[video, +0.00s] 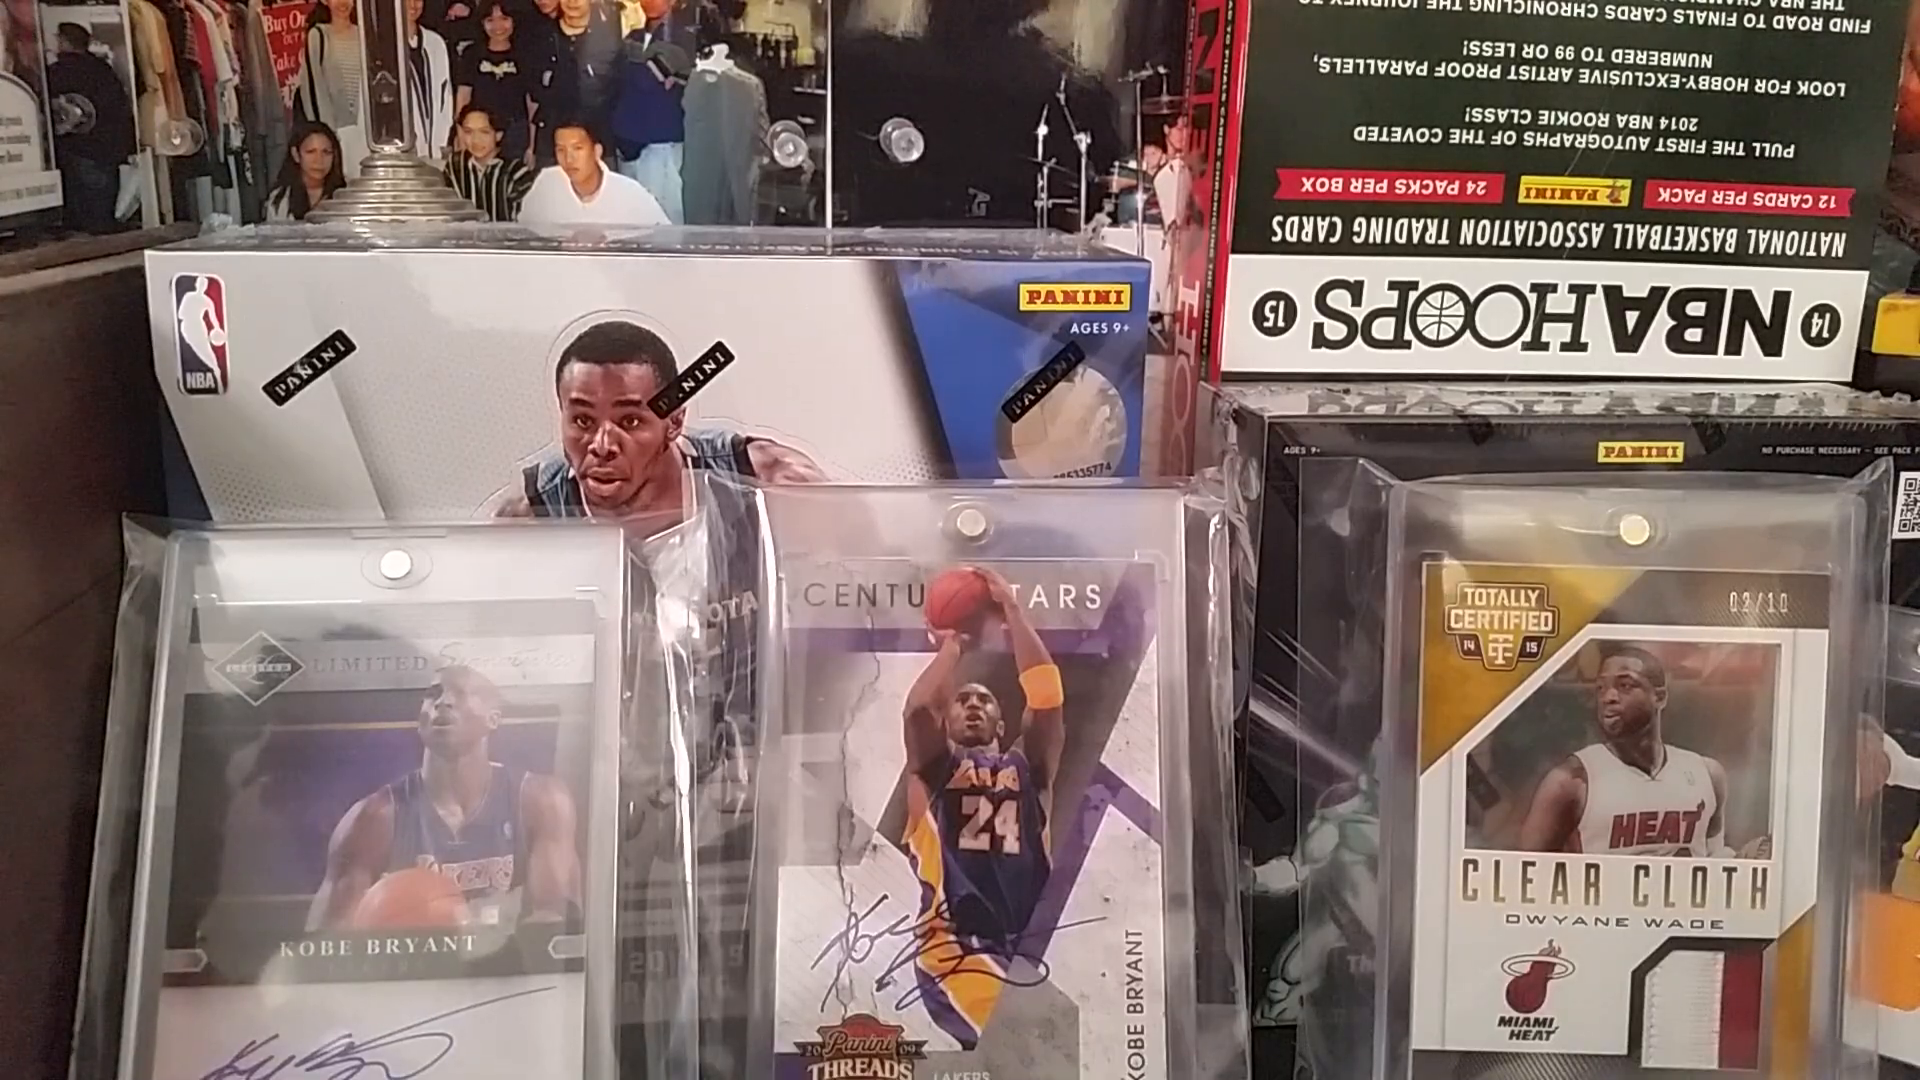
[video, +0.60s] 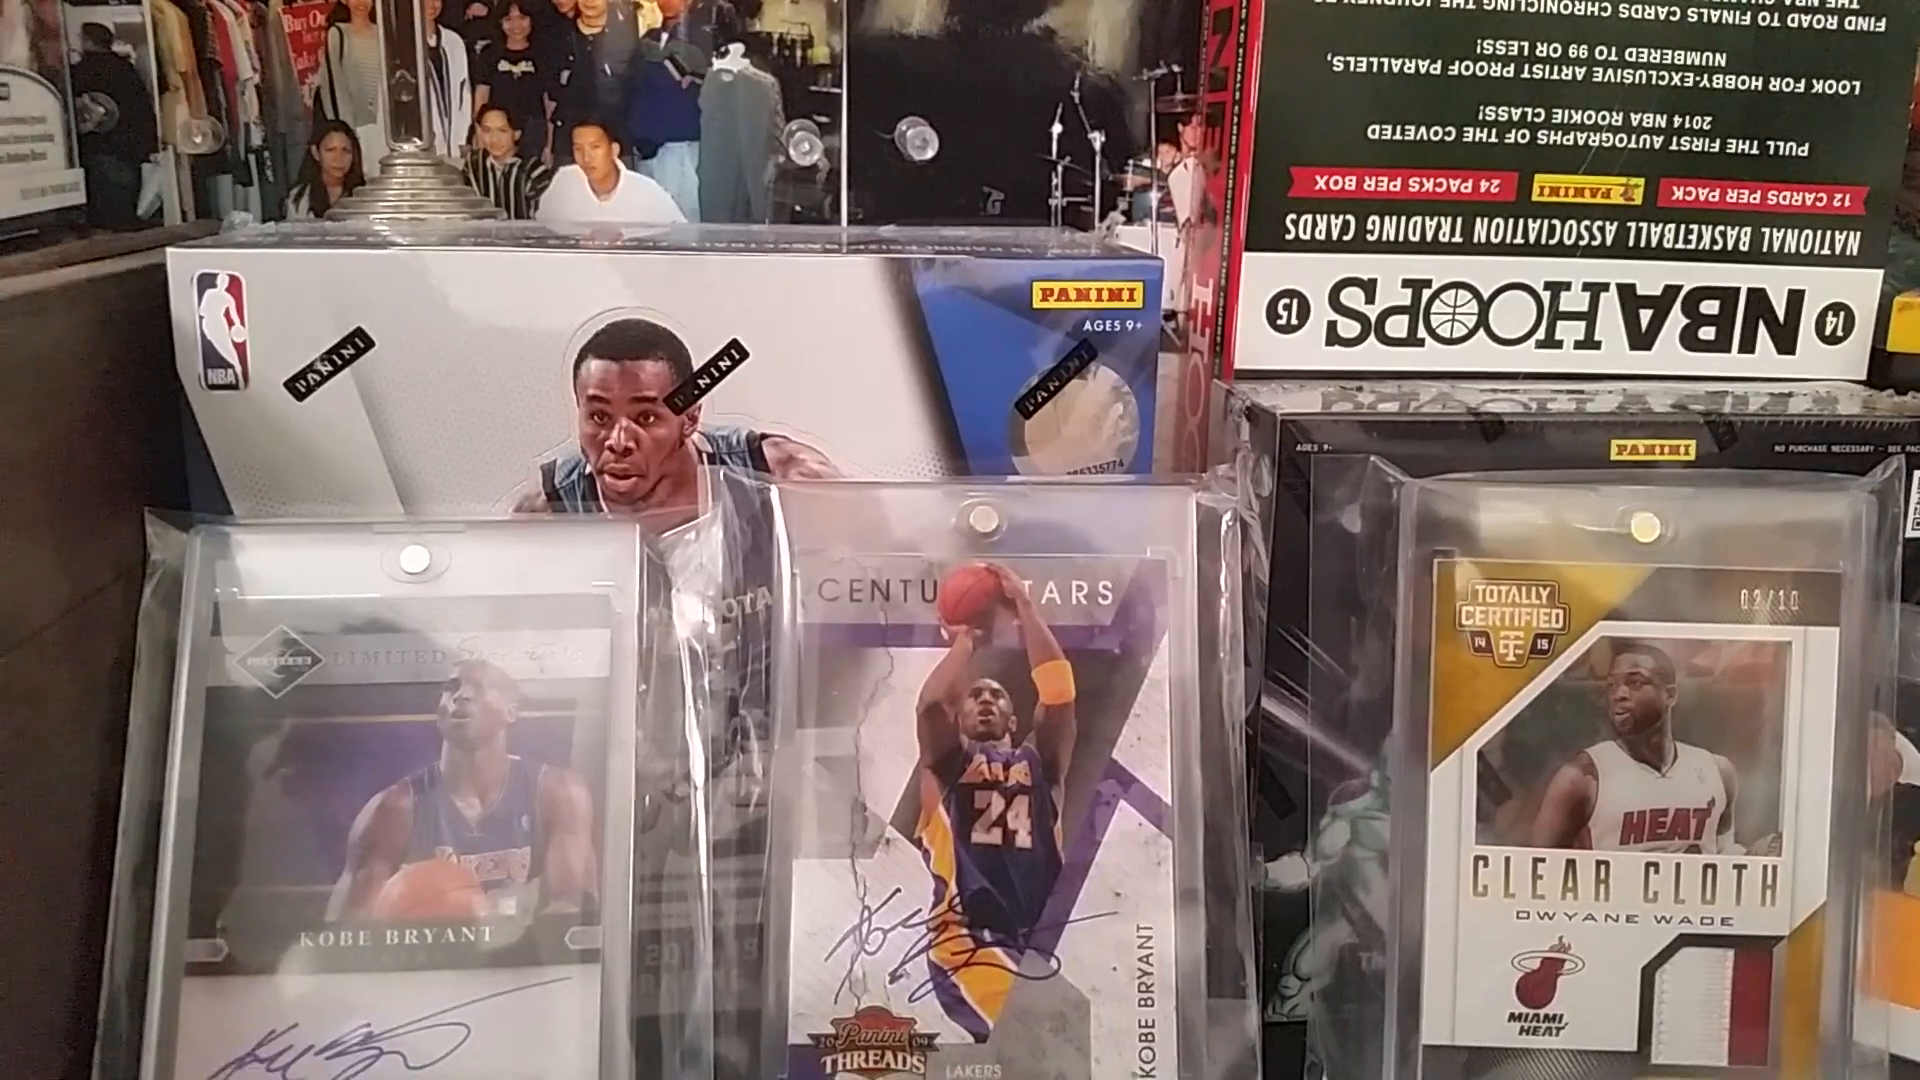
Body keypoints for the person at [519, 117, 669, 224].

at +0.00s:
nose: (569, 159)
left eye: (578, 149)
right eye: (561, 151)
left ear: (597, 151)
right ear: (555, 154)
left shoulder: (629, 192)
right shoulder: (547, 183)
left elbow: (668, 240)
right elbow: (521, 233)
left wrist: (609, 243)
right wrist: (564, 244)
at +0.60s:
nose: (586, 158)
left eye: (595, 148)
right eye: (579, 150)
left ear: (614, 150)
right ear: (573, 153)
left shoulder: (646, 191)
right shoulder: (564, 181)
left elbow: (685, 237)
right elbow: (540, 229)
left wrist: (625, 240)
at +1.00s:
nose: (573, 159)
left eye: (583, 149)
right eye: (567, 151)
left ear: (602, 153)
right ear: (561, 156)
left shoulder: (633, 193)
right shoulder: (553, 183)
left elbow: (669, 239)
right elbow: (528, 232)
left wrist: (614, 244)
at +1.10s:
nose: (538, 156)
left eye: (547, 147)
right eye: (534, 148)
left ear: (570, 150)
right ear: (529, 152)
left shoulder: (603, 189)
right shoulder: (519, 181)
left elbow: (634, 238)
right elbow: (495, 231)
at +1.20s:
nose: (506, 156)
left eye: (514, 147)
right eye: (500, 148)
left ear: (534, 148)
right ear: (494, 152)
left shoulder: (565, 189)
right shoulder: (484, 180)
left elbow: (601, 234)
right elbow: (460, 227)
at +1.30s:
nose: (475, 154)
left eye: (483, 145)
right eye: (468, 146)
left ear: (503, 148)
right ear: (463, 149)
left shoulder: (535, 186)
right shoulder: (454, 178)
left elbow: (572, 233)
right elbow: (430, 226)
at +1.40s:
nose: (466, 154)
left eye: (474, 144)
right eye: (459, 147)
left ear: (493, 147)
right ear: (453, 151)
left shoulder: (525, 186)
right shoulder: (445, 177)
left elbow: (562, 232)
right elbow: (421, 226)